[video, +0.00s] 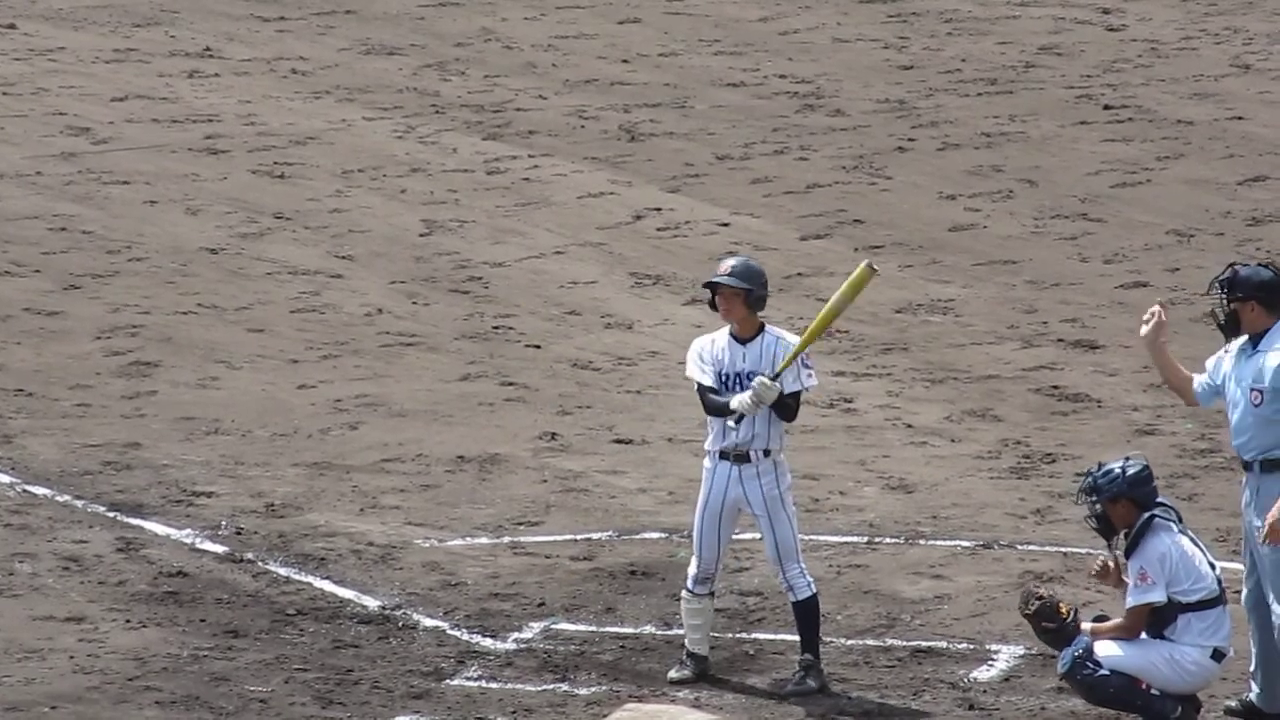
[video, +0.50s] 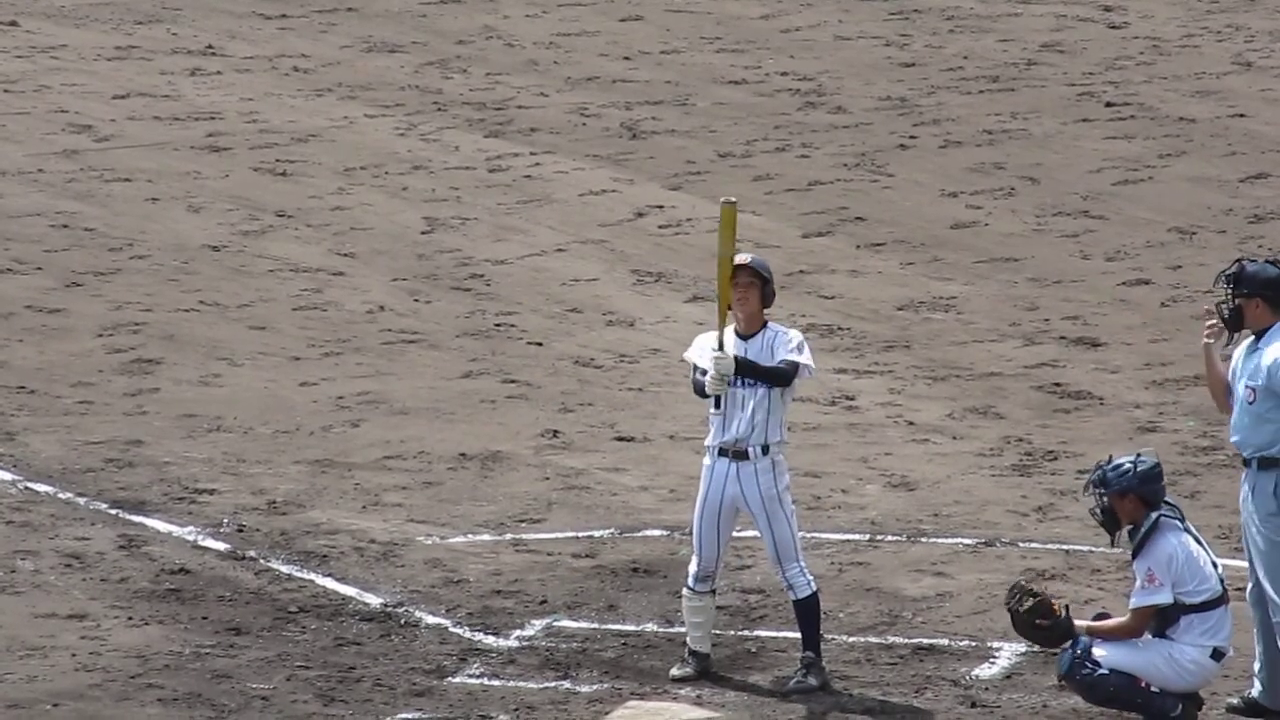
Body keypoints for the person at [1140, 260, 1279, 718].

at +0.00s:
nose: (1226, 309)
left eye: (1233, 302)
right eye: (1228, 302)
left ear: (1255, 306)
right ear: (1251, 306)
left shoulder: (1274, 352)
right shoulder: (1235, 352)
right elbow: (1194, 391)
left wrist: (1278, 505)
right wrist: (1156, 346)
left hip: (1275, 485)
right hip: (1253, 483)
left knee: (1277, 600)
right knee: (1258, 599)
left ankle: (1271, 696)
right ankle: (1265, 695)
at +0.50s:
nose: (1233, 304)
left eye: (1238, 298)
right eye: (1234, 297)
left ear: (1258, 306)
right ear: (1259, 305)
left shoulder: (1274, 351)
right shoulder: (1247, 345)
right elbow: (1228, 403)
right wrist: (1210, 350)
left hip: (1273, 478)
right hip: (1253, 475)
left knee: (1274, 593)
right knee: (1260, 593)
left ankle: (1273, 694)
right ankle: (1267, 692)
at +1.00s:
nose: (1230, 321)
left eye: (1233, 313)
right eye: (1229, 313)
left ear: (1253, 315)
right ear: (1261, 312)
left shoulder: (1272, 365)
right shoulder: (1264, 354)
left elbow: (1275, 448)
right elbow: (1259, 410)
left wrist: (1240, 509)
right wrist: (1232, 380)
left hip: (1266, 496)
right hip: (1254, 489)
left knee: (1266, 600)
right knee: (1260, 596)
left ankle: (1269, 694)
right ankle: (1264, 691)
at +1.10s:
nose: (1224, 327)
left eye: (1226, 319)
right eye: (1222, 319)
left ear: (1244, 317)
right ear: (1259, 312)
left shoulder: (1266, 367)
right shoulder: (1263, 355)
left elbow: (1271, 449)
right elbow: (1262, 425)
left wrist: (1240, 513)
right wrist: (1236, 402)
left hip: (1263, 503)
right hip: (1256, 496)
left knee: (1259, 607)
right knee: (1257, 602)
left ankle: (1266, 695)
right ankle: (1261, 692)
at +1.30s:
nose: (1214, 339)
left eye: (1214, 330)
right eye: (1212, 330)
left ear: (1230, 327)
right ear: (1252, 318)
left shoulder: (1253, 373)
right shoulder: (1272, 348)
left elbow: (1265, 455)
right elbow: (1267, 423)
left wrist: (1250, 533)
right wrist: (1242, 457)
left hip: (1269, 522)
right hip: (1272, 514)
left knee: (1249, 627)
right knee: (1264, 608)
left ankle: (1276, 706)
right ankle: (1263, 688)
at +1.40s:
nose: (1209, 344)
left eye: (1210, 334)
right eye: (1208, 335)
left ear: (1228, 332)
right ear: (1248, 323)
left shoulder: (1250, 376)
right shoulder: (1271, 352)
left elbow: (1264, 462)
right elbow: (1263, 454)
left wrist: (1254, 538)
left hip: (1269, 526)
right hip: (1273, 519)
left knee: (1246, 628)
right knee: (1262, 615)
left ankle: (1274, 705)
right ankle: (1269, 693)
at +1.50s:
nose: (1203, 345)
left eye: (1205, 336)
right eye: (1202, 336)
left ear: (1222, 334)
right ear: (1244, 327)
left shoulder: (1246, 380)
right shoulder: (1270, 356)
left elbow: (1267, 461)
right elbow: (1268, 456)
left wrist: (1255, 537)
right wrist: (1253, 516)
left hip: (1271, 527)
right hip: (1274, 521)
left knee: (1243, 630)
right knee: (1264, 621)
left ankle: (1275, 706)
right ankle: (1271, 699)